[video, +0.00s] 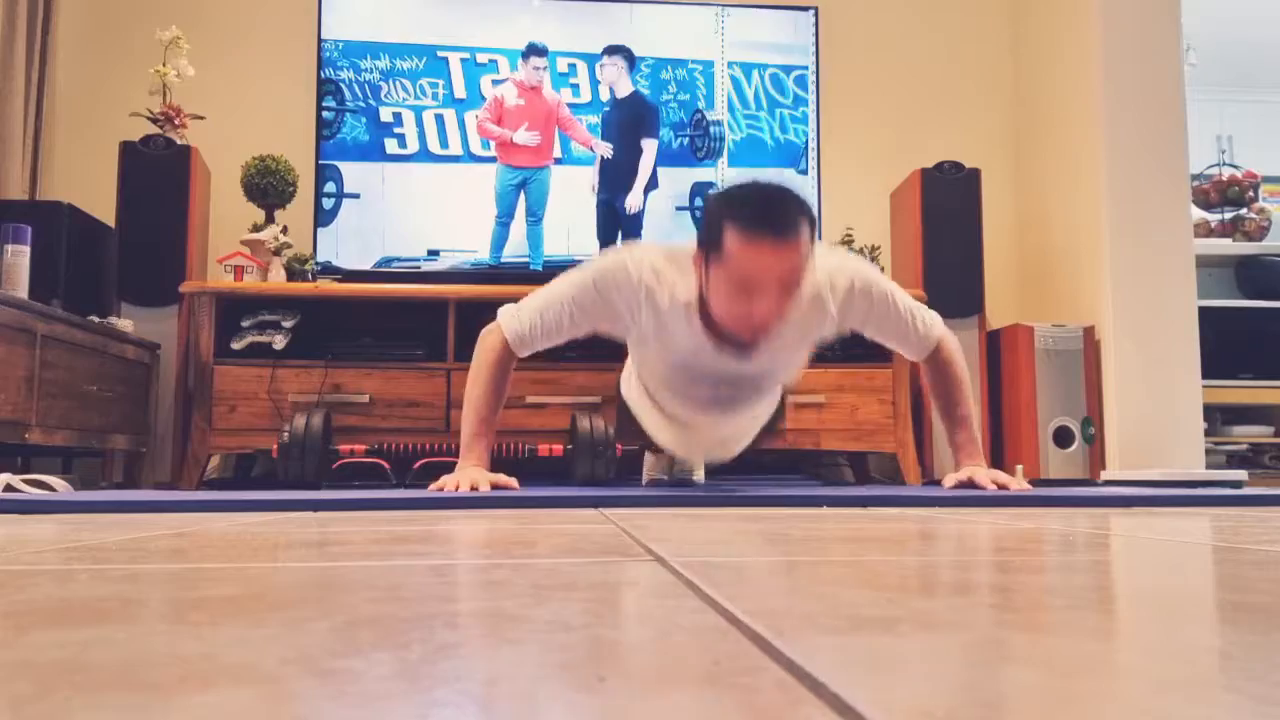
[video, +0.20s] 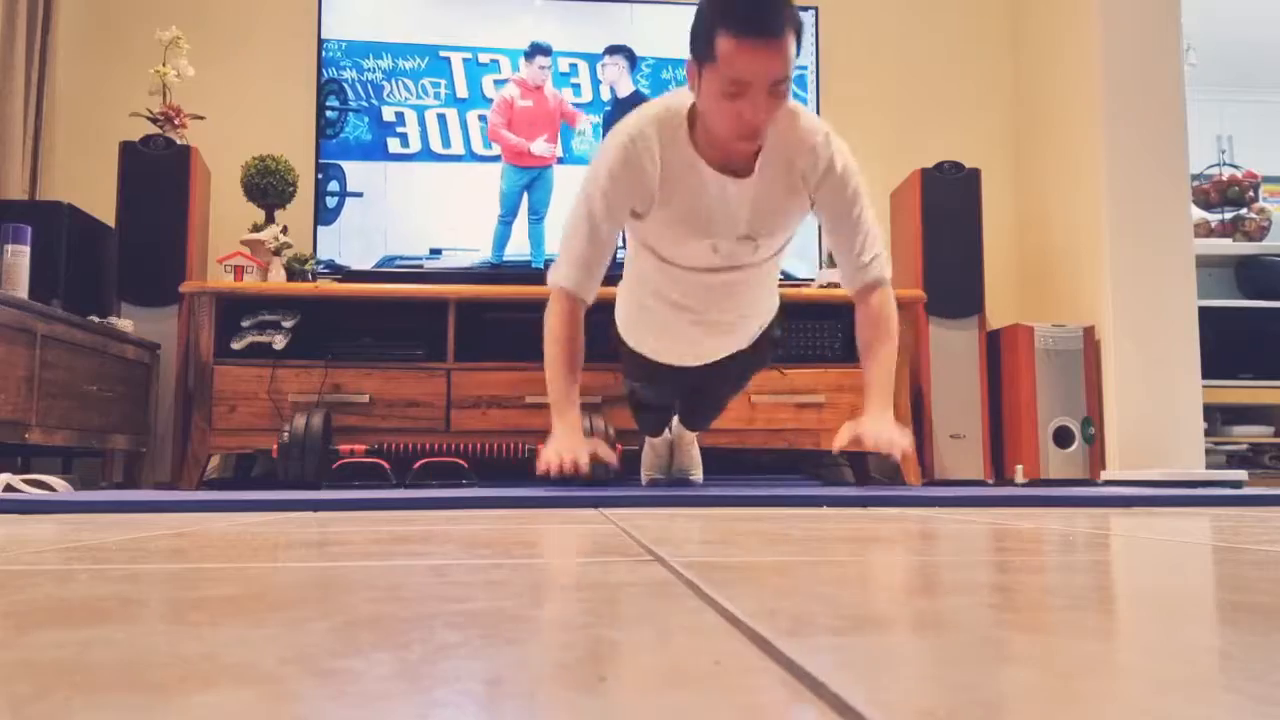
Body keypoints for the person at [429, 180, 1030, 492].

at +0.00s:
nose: (762, 308)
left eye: (781, 288)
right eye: (744, 287)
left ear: (805, 268)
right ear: (704, 264)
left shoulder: (834, 285)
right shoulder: (631, 279)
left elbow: (936, 343)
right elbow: (500, 338)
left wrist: (969, 460)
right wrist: (471, 459)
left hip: (747, 432)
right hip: (644, 424)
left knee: (721, 459)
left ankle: (694, 472)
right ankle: (642, 466)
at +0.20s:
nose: (756, 116)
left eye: (776, 90)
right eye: (733, 92)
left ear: (790, 78)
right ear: (694, 76)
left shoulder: (815, 150)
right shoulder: (637, 145)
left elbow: (873, 288)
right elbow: (568, 292)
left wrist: (877, 411)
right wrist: (566, 428)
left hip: (747, 319)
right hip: (653, 313)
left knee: (709, 401)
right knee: (652, 402)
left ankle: (685, 436)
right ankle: (656, 440)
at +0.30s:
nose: (758, 226)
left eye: (779, 203)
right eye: (738, 202)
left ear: (798, 190)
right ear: (699, 184)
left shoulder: (828, 225)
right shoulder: (634, 219)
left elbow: (892, 343)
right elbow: (544, 338)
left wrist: (885, 461)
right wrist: (560, 464)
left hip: (743, 378)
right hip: (647, 376)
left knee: (700, 420)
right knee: (648, 422)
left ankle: (682, 440)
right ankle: (656, 442)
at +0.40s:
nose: (762, 370)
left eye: (784, 349)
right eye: (745, 348)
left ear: (810, 324)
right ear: (703, 321)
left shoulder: (843, 307)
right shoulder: (638, 307)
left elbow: (930, 358)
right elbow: (524, 350)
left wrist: (892, 461)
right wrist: (558, 463)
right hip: (643, 446)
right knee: (645, 572)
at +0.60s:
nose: (768, 411)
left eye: (787, 392)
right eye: (748, 391)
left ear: (813, 362)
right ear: (705, 359)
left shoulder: (838, 341)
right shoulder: (640, 339)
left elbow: (932, 360)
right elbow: (519, 352)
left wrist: (889, 462)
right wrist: (559, 463)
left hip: (750, 470)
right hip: (650, 469)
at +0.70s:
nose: (761, 294)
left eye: (781, 274)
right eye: (742, 271)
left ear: (802, 259)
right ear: (701, 253)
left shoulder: (835, 277)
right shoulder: (633, 269)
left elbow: (920, 353)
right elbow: (527, 351)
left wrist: (891, 459)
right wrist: (560, 463)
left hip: (747, 421)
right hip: (656, 413)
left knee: (718, 450)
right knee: (663, 444)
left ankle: (695, 460)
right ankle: (667, 462)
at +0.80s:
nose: (755, 150)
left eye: (774, 129)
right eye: (736, 127)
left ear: (791, 124)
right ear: (697, 111)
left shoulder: (819, 181)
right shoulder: (635, 172)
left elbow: (871, 315)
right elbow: (581, 310)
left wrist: (886, 452)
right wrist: (565, 452)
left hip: (749, 346)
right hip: (652, 341)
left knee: (705, 416)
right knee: (653, 413)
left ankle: (686, 440)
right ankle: (656, 440)